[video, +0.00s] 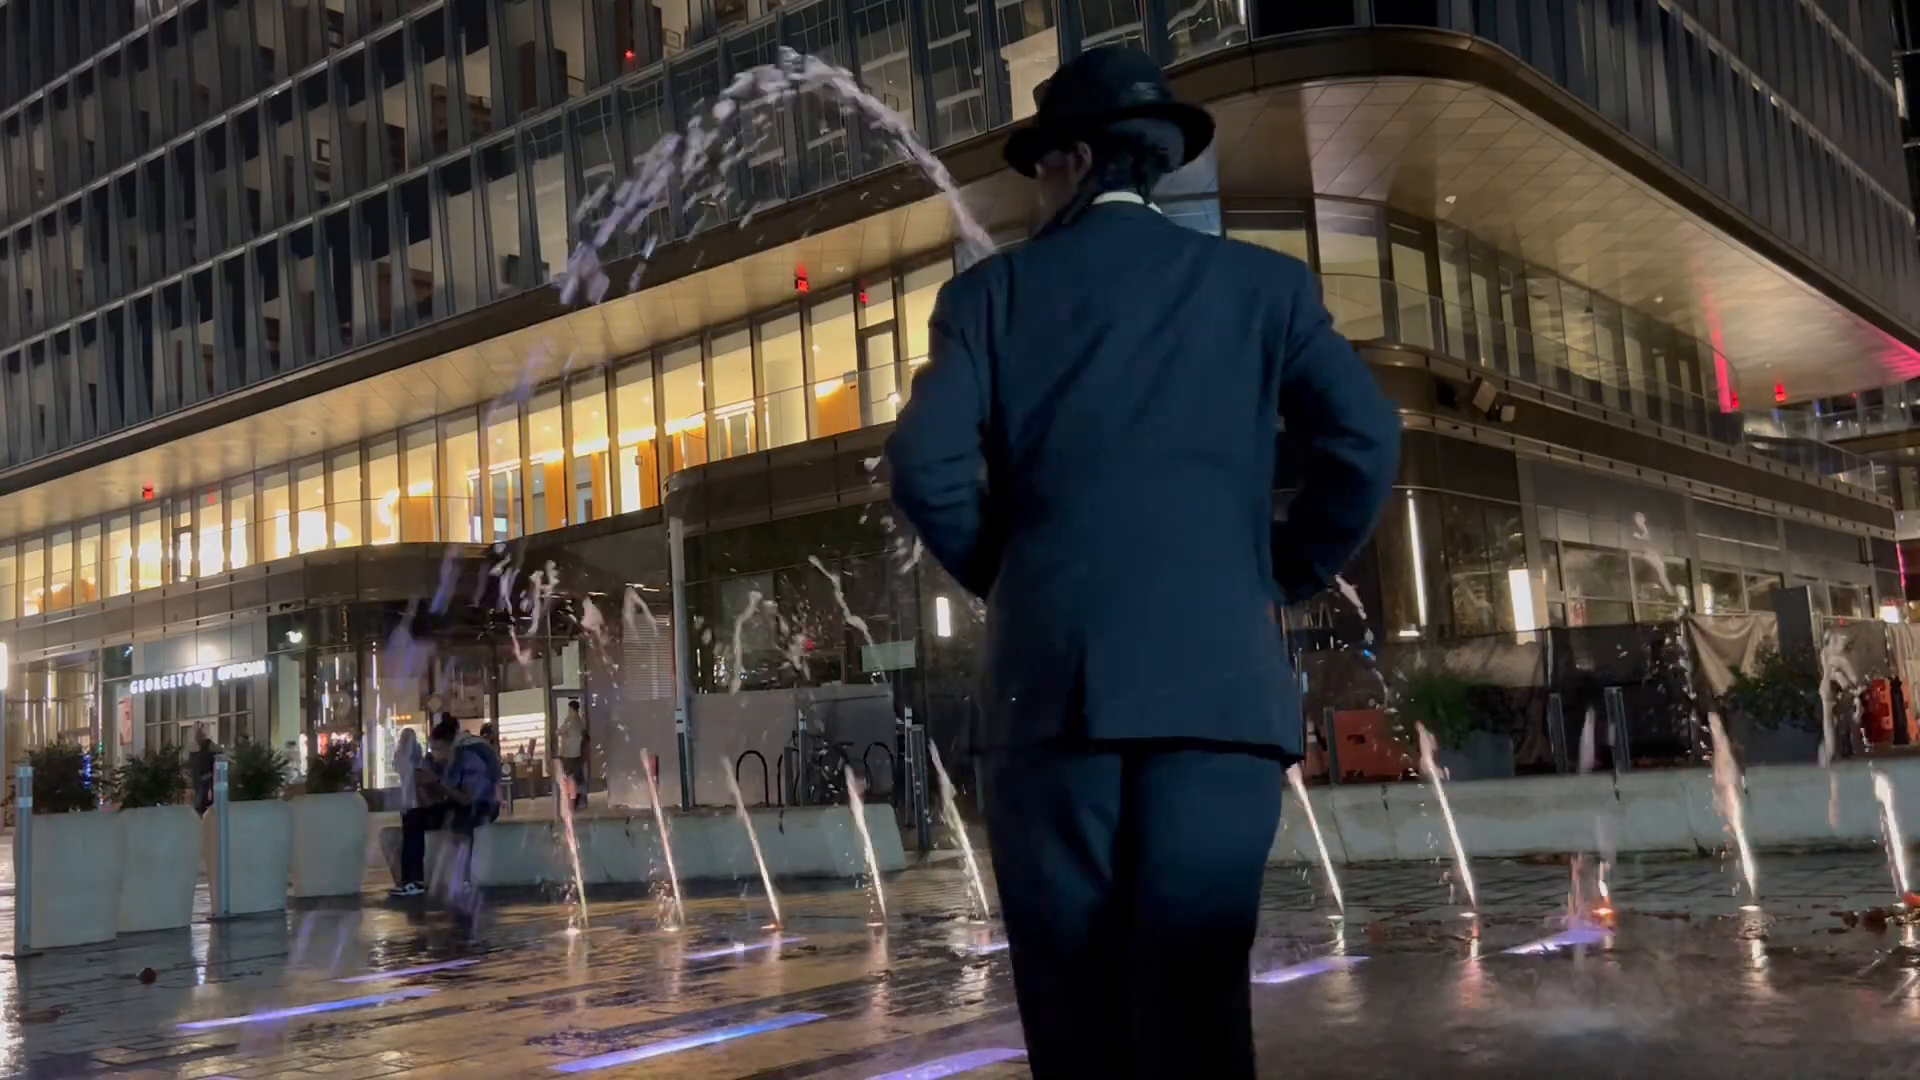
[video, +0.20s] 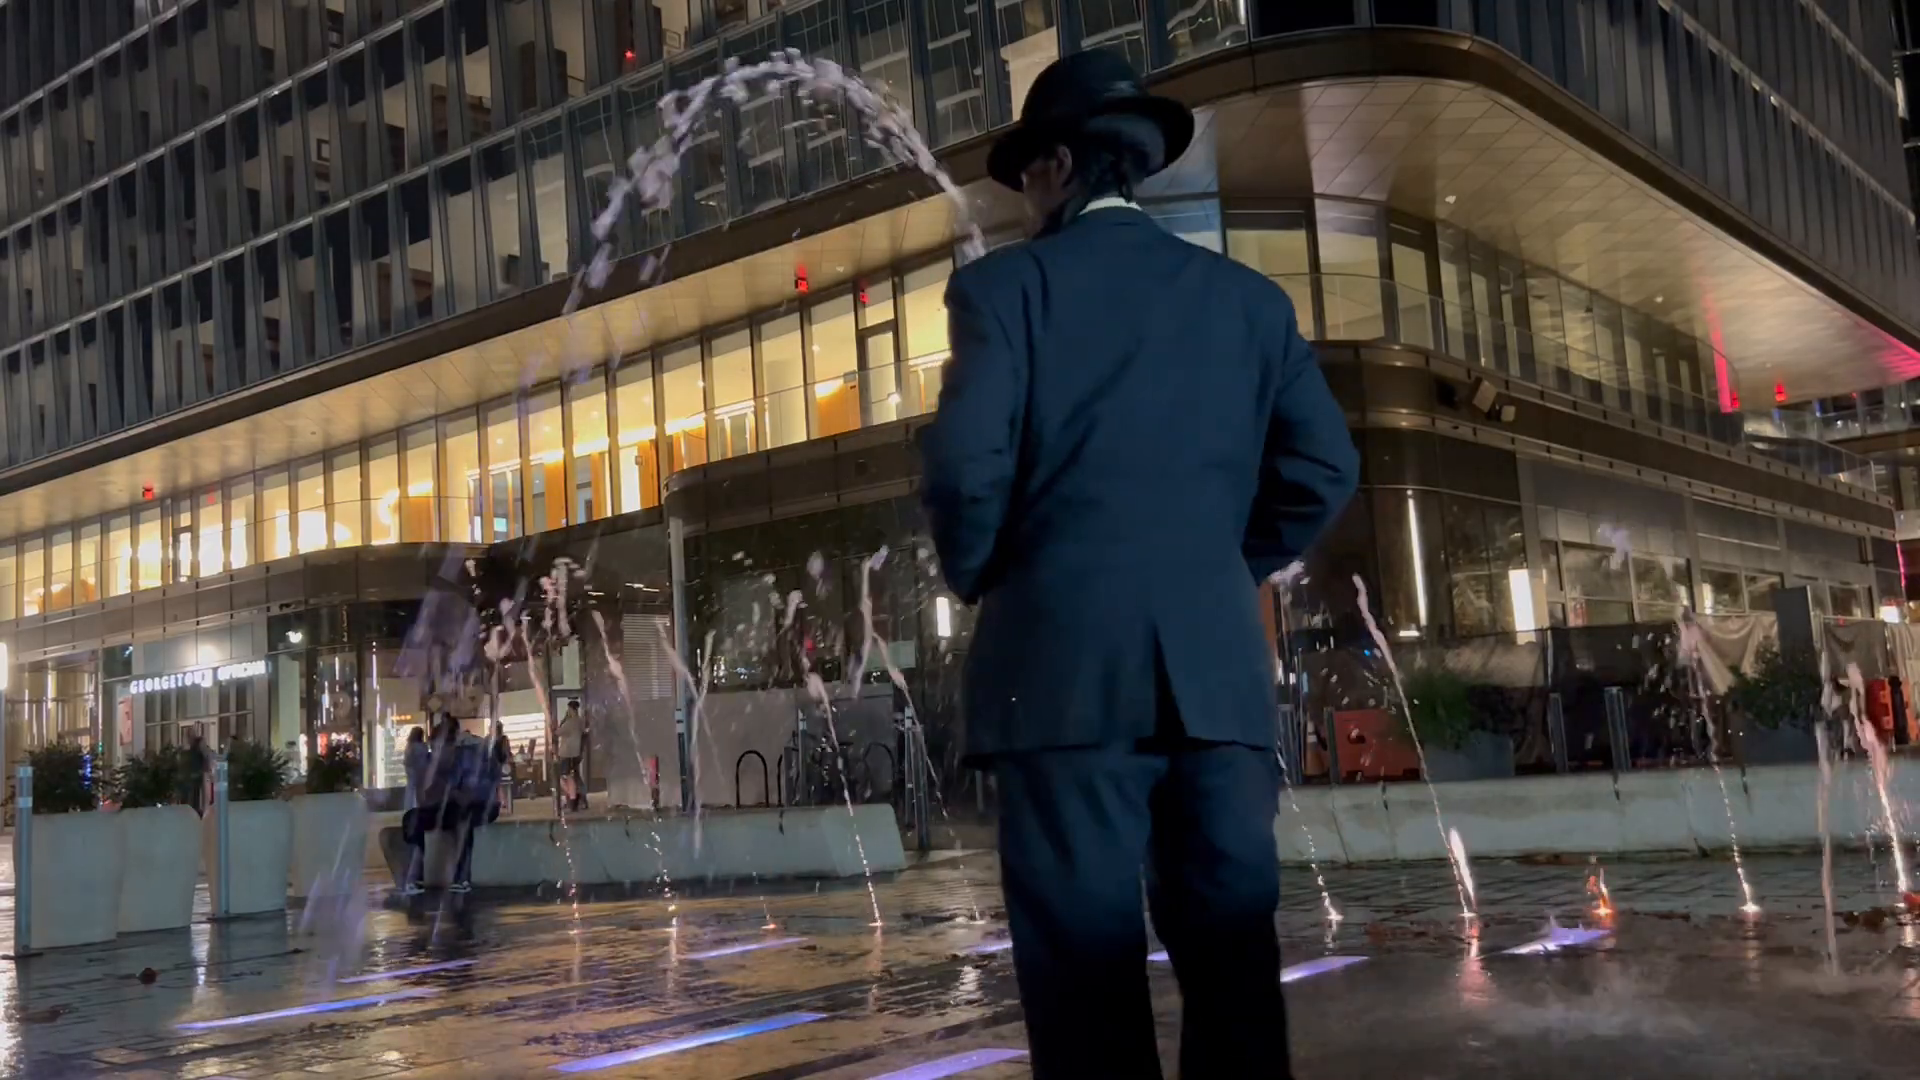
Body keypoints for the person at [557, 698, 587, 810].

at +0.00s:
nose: (569, 711)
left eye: (570, 709)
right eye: (569, 709)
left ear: (571, 709)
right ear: (577, 709)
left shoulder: (570, 720)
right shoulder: (581, 721)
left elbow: (563, 731)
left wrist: (558, 732)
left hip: (569, 754)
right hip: (577, 754)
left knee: (571, 778)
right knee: (578, 778)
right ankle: (581, 799)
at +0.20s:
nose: (568, 711)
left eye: (569, 709)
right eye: (569, 709)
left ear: (570, 709)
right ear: (577, 709)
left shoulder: (569, 722)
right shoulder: (580, 721)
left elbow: (559, 732)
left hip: (566, 754)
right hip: (576, 753)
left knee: (565, 777)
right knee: (575, 776)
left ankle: (572, 799)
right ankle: (579, 798)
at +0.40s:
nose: (566, 711)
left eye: (567, 709)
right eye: (567, 709)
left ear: (570, 709)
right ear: (577, 709)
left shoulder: (569, 722)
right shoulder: (578, 721)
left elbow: (558, 732)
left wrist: (561, 720)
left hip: (565, 753)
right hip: (574, 753)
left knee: (562, 776)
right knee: (572, 776)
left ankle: (570, 798)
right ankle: (574, 798)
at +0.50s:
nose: (567, 711)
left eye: (568, 709)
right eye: (567, 709)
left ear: (570, 709)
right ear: (577, 709)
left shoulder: (570, 722)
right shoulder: (579, 721)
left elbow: (559, 732)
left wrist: (560, 722)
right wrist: (565, 720)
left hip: (567, 753)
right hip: (573, 753)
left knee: (567, 777)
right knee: (570, 777)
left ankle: (572, 801)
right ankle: (573, 799)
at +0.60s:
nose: (567, 710)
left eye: (568, 708)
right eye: (568, 708)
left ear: (571, 708)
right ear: (576, 708)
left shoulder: (572, 721)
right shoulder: (578, 721)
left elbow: (561, 732)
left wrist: (557, 733)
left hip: (567, 753)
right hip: (573, 752)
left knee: (569, 778)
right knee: (570, 778)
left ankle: (572, 801)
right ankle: (577, 798)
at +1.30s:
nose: (561, 711)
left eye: (562, 708)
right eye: (561, 709)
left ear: (564, 708)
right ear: (570, 708)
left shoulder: (563, 720)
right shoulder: (573, 720)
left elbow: (553, 732)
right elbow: (569, 735)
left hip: (561, 753)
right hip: (569, 753)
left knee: (564, 779)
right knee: (570, 779)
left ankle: (565, 801)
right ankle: (572, 800)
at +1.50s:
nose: (558, 710)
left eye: (559, 708)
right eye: (559, 708)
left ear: (561, 708)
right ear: (568, 708)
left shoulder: (559, 721)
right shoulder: (571, 720)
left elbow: (551, 733)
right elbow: (568, 736)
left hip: (558, 754)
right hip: (568, 753)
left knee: (556, 781)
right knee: (570, 780)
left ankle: (556, 805)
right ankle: (572, 801)